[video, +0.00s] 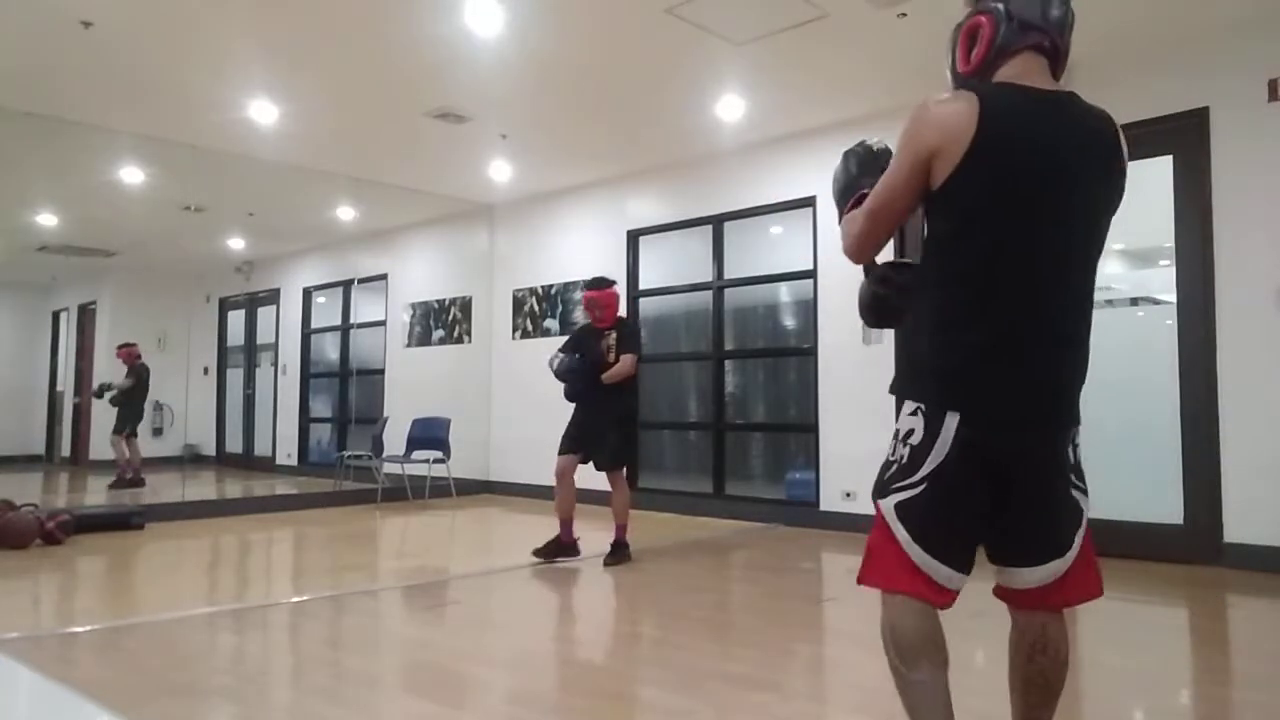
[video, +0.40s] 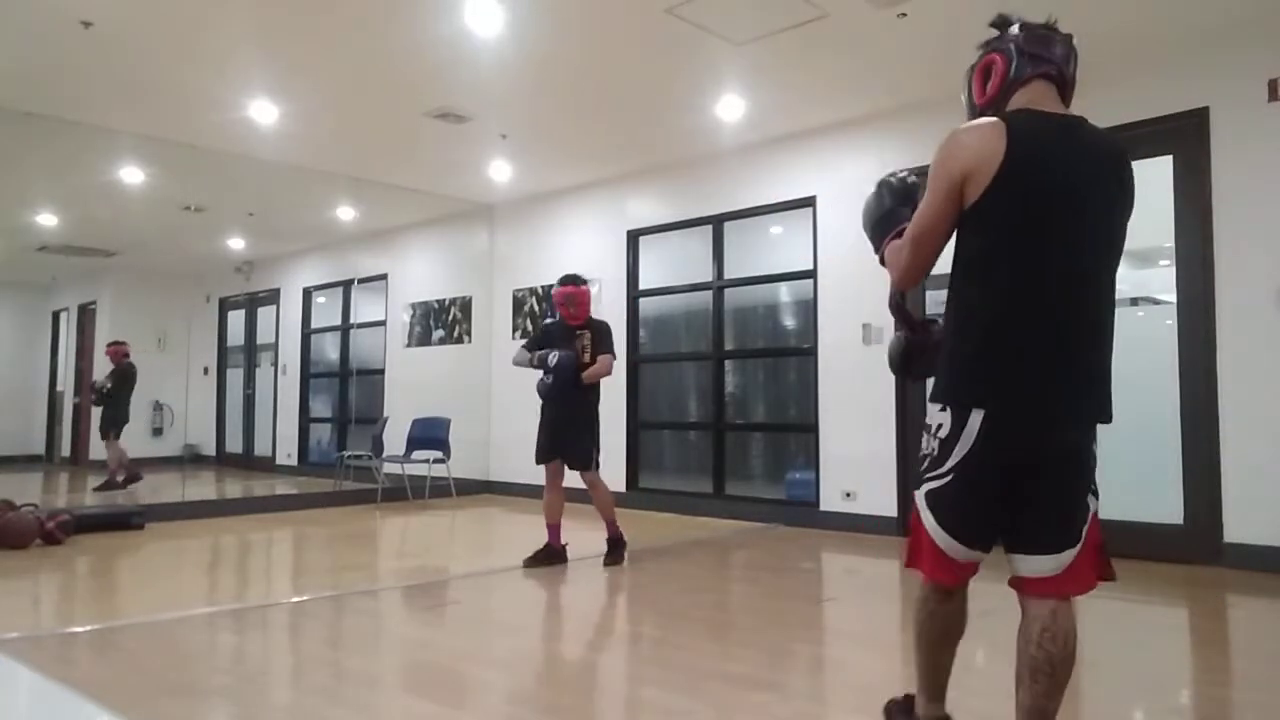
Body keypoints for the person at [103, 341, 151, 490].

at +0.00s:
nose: (122, 361)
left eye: (123, 357)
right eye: (121, 358)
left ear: (131, 355)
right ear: (133, 355)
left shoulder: (136, 369)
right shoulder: (141, 368)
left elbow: (127, 384)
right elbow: (130, 388)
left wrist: (108, 386)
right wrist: (117, 398)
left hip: (129, 410)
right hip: (134, 410)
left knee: (116, 439)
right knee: (131, 441)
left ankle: (123, 475)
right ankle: (136, 476)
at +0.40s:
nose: (109, 359)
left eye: (111, 355)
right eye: (109, 356)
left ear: (119, 354)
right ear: (123, 354)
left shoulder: (122, 370)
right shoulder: (128, 368)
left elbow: (112, 395)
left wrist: (98, 397)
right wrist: (100, 389)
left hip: (115, 412)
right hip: (118, 411)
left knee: (111, 443)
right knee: (112, 443)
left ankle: (112, 478)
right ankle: (131, 472)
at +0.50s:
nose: (106, 356)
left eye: (108, 352)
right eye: (106, 352)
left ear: (114, 353)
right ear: (122, 353)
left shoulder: (115, 370)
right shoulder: (128, 369)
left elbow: (103, 388)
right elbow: (110, 385)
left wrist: (90, 399)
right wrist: (97, 385)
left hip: (110, 411)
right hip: (119, 411)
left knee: (105, 442)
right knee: (109, 442)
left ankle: (113, 477)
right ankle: (122, 471)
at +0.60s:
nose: (103, 354)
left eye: (105, 351)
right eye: (103, 351)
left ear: (110, 352)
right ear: (120, 352)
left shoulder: (111, 369)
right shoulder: (125, 368)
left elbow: (98, 387)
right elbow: (110, 389)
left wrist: (86, 396)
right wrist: (90, 395)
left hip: (108, 412)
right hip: (116, 411)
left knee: (105, 442)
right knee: (102, 442)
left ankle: (112, 478)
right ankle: (117, 471)